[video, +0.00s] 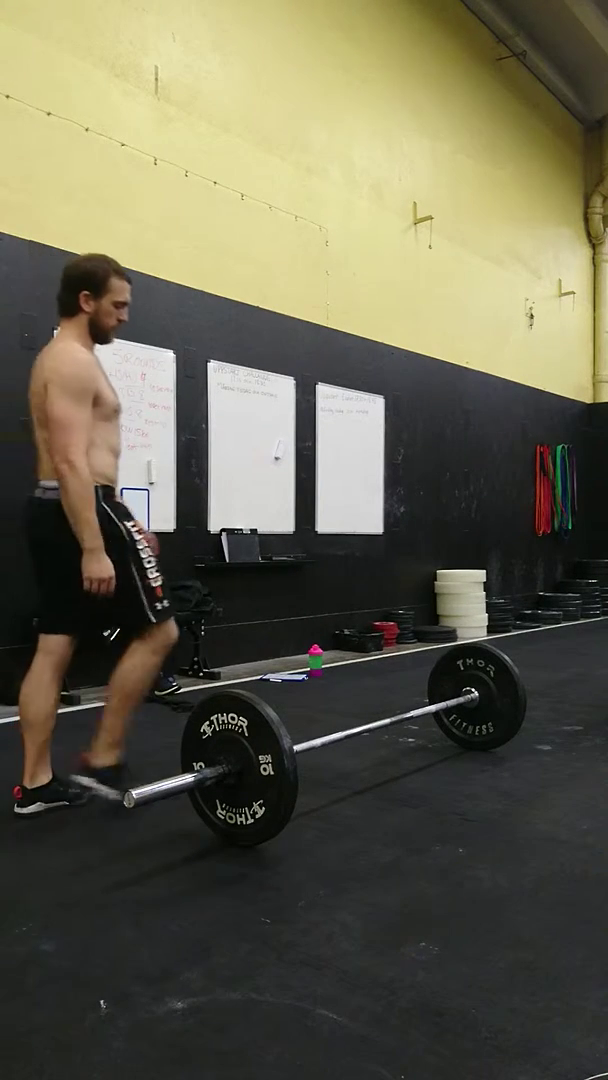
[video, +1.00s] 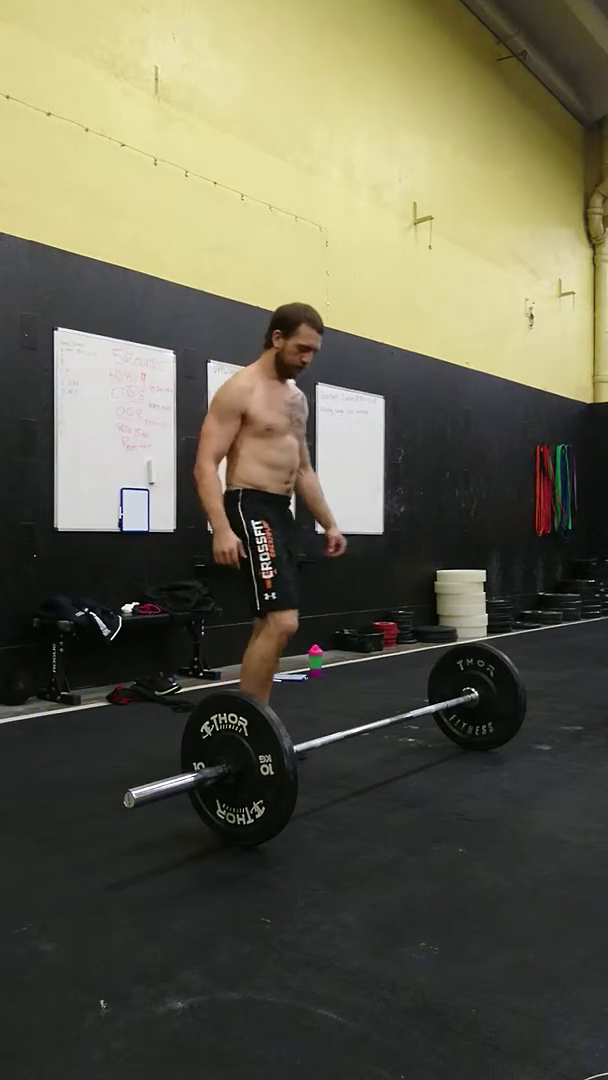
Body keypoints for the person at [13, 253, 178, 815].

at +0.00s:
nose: (125, 315)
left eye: (127, 305)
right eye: (118, 304)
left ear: (87, 303)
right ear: (87, 301)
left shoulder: (64, 356)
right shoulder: (70, 361)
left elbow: (83, 459)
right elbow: (69, 462)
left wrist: (125, 524)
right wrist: (92, 546)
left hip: (59, 508)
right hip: (87, 510)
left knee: (52, 648)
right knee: (159, 631)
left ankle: (35, 781)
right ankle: (105, 758)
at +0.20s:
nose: (173, 332)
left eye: (175, 323)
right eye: (166, 321)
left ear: (141, 321)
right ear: (135, 317)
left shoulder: (136, 373)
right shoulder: (117, 375)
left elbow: (149, 473)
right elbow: (107, 474)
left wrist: (186, 529)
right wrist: (115, 558)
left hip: (132, 516)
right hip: (137, 519)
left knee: (104, 645)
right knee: (183, 639)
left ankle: (44, 766)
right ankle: (178, 761)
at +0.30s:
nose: (196, 334)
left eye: (198, 325)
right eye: (189, 324)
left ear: (168, 323)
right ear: (158, 319)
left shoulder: (160, 375)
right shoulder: (138, 376)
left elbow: (170, 471)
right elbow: (130, 472)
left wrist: (200, 528)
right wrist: (146, 553)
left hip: (167, 513)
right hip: (160, 516)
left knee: (155, 636)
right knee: (192, 639)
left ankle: (80, 733)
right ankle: (177, 760)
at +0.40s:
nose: (216, 336)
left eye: (219, 327)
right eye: (210, 326)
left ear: (187, 325)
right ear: (179, 321)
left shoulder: (182, 374)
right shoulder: (156, 376)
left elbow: (189, 466)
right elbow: (150, 470)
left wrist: (213, 527)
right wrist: (180, 545)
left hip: (187, 511)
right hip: (169, 511)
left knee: (205, 625)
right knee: (196, 633)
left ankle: (128, 712)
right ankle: (175, 762)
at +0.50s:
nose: (234, 339)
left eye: (237, 330)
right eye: (229, 329)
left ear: (208, 326)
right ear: (198, 323)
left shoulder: (198, 374)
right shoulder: (172, 376)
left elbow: (204, 466)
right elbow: (167, 466)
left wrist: (227, 524)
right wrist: (210, 532)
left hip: (206, 512)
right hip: (181, 514)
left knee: (238, 621)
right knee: (196, 635)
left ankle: (180, 721)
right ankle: (177, 758)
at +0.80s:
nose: (282, 356)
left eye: (287, 348)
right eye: (275, 346)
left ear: (284, 346)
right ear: (249, 338)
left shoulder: (267, 393)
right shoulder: (216, 388)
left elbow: (268, 471)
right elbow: (192, 467)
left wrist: (283, 531)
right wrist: (232, 520)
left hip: (260, 517)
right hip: (226, 516)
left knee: (267, 634)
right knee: (243, 634)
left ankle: (253, 742)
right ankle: (185, 745)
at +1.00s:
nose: (308, 360)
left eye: (313, 352)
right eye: (303, 349)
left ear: (317, 349)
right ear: (276, 339)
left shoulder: (297, 397)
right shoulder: (239, 388)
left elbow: (302, 469)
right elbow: (205, 465)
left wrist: (328, 522)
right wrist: (221, 529)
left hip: (280, 510)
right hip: (250, 506)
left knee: (270, 625)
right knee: (282, 621)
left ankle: (251, 726)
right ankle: (246, 726)